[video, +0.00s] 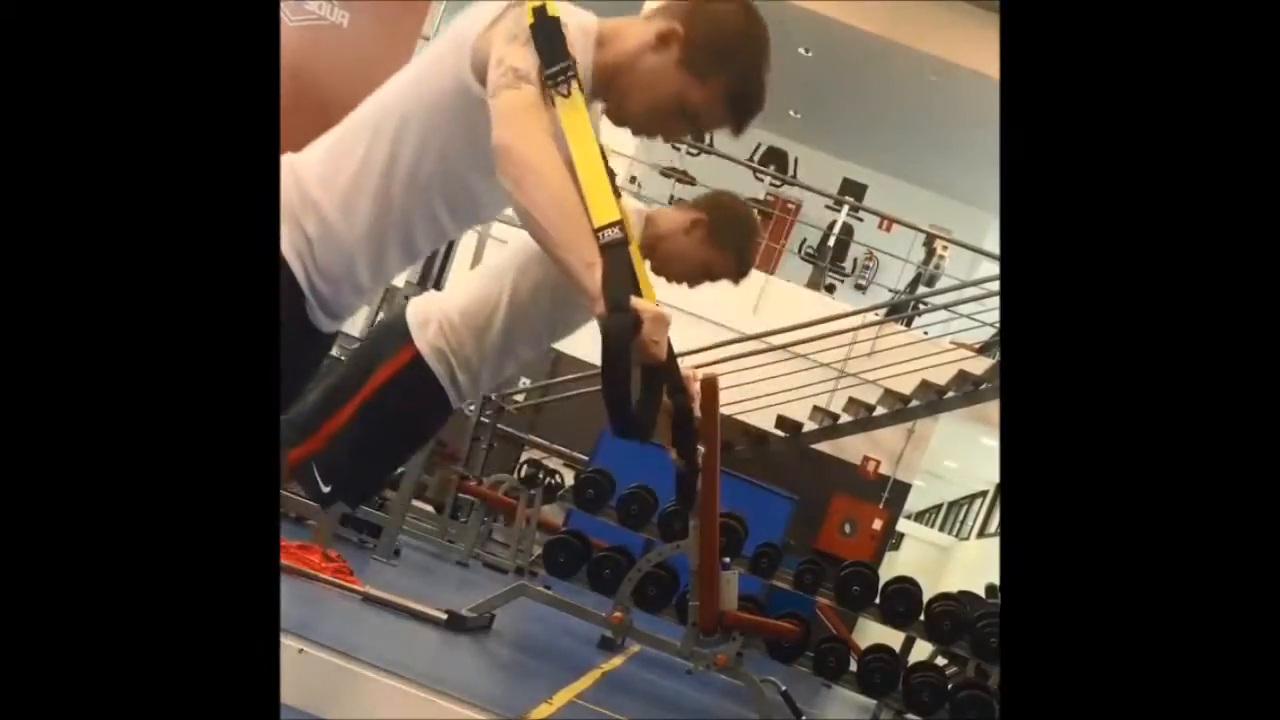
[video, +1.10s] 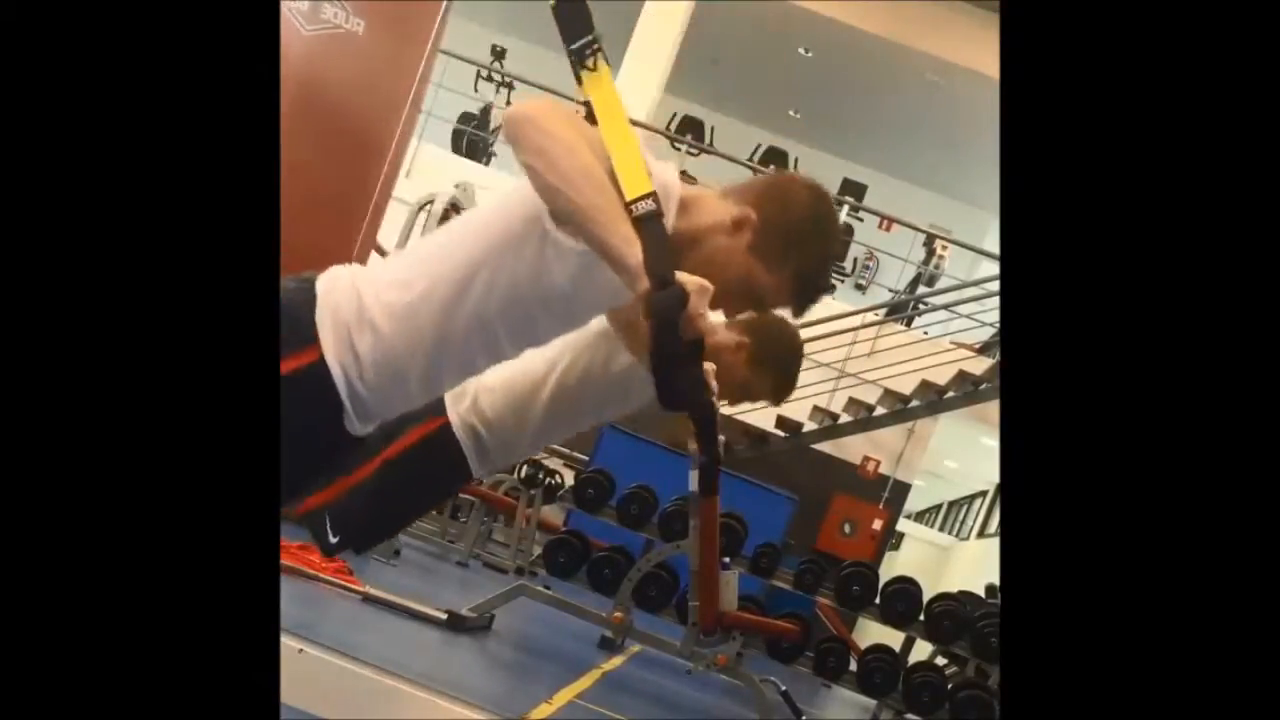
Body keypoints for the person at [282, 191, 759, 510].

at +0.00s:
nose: (695, 284)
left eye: (708, 280)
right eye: (707, 272)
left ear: (691, 226)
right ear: (692, 226)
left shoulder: (627, 261)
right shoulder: (611, 225)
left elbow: (637, 353)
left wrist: (677, 388)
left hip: (444, 377)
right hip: (420, 351)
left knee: (318, 493)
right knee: (293, 474)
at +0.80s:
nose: (699, 329)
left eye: (716, 328)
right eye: (711, 315)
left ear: (702, 274)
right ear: (704, 269)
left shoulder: (649, 302)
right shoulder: (633, 252)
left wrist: (696, 394)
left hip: (453, 403)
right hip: (433, 381)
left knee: (323, 518)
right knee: (301, 507)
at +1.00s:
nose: (724, 365)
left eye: (735, 364)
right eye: (736, 355)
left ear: (728, 334)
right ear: (730, 318)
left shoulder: (670, 355)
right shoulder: (662, 294)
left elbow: (668, 413)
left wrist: (695, 404)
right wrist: (687, 376)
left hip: (475, 434)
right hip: (455, 404)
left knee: (342, 524)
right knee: (320, 512)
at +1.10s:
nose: (726, 389)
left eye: (738, 390)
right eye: (737, 378)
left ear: (739, 362)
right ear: (736, 337)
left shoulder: (675, 374)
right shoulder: (667, 316)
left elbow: (671, 427)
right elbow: (626, 307)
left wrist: (701, 427)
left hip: (480, 445)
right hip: (462, 418)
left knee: (341, 527)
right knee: (323, 520)